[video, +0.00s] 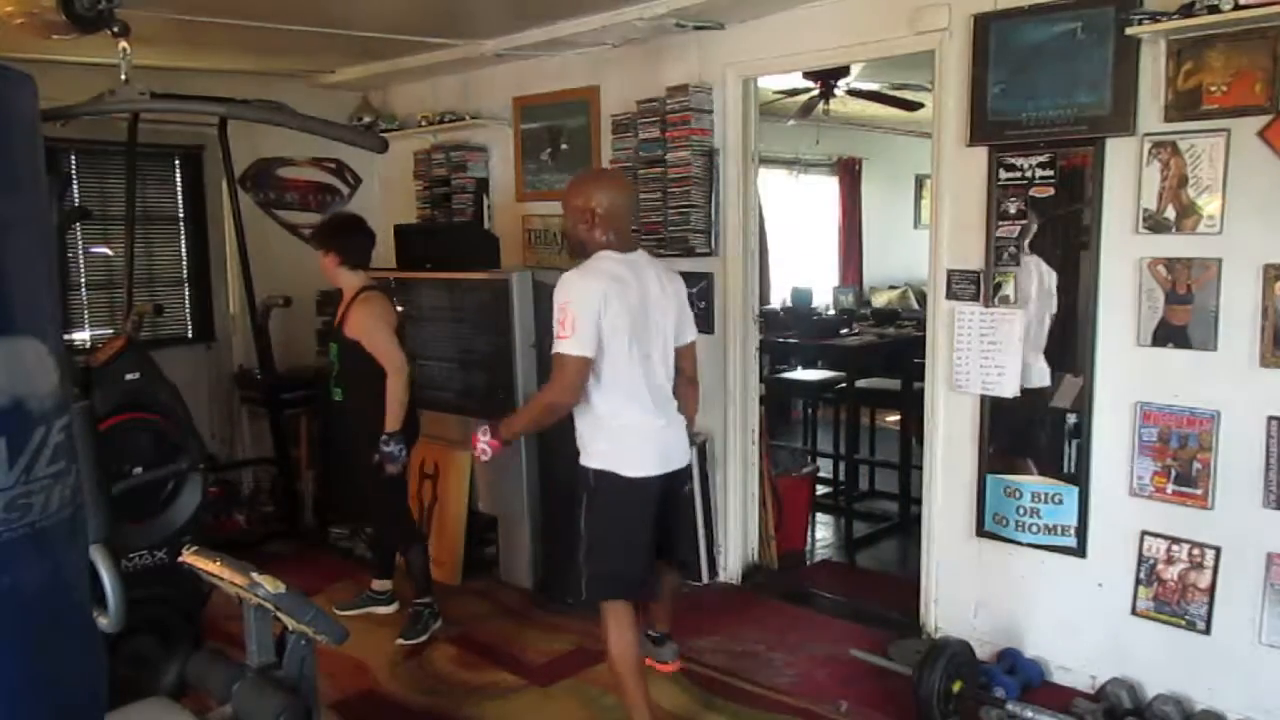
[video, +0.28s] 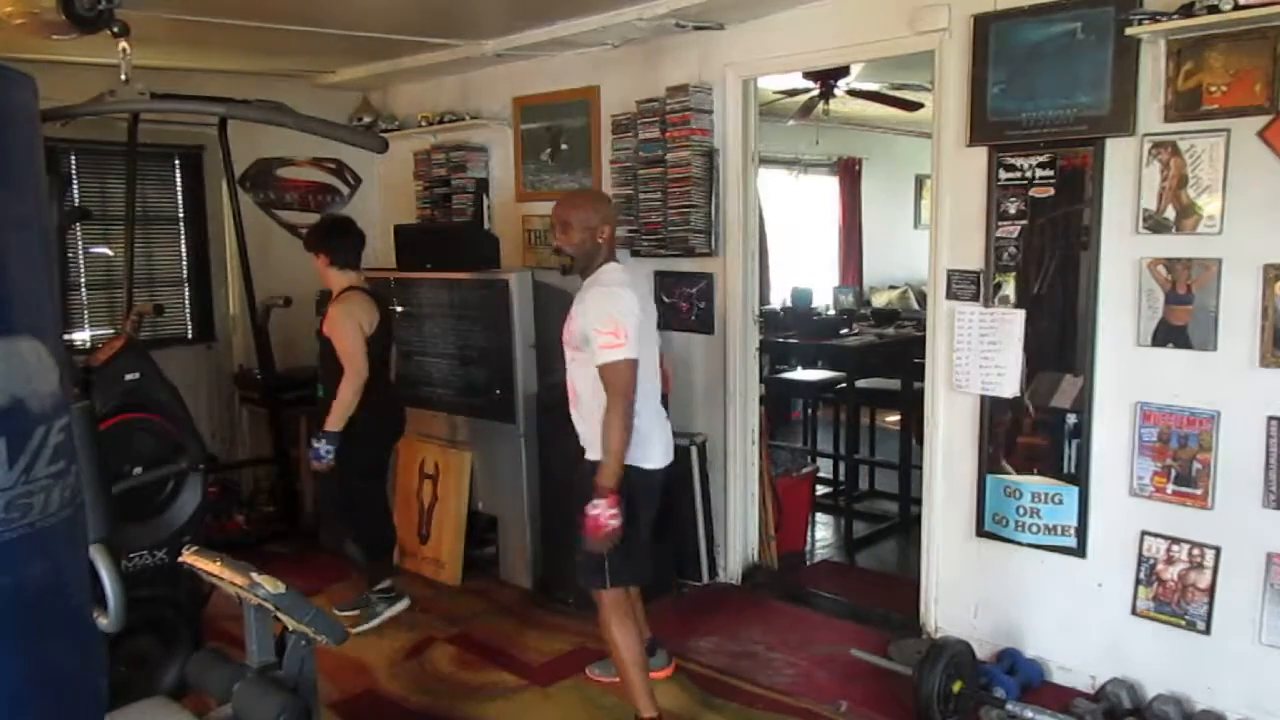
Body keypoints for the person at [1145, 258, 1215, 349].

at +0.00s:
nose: (1180, 272)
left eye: (1183, 269)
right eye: (1177, 269)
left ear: (1188, 271)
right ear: (1172, 272)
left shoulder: (1191, 286)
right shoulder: (1168, 286)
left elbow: (1213, 270)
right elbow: (1151, 265)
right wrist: (1167, 260)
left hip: (1182, 328)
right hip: (1165, 327)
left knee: (1188, 357)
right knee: (1155, 356)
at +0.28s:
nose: (1180, 273)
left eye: (1184, 270)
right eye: (1177, 270)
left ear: (1188, 272)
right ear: (1173, 272)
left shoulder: (1191, 287)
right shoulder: (1168, 286)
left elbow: (1213, 269)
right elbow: (1151, 266)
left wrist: (1197, 262)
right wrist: (1166, 261)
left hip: (1182, 329)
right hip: (1165, 327)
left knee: (1189, 357)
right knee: (1155, 355)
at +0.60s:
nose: (1180, 273)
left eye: (1184, 269)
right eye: (1177, 269)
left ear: (1188, 272)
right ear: (1172, 272)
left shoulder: (1191, 287)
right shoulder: (1168, 286)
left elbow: (1213, 269)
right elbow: (1151, 266)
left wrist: (1196, 263)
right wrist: (1166, 261)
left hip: (1182, 329)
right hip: (1165, 327)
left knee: (1189, 357)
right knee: (1155, 355)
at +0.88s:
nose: (1180, 273)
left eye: (1183, 269)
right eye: (1176, 269)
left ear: (1188, 272)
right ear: (1172, 272)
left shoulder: (1192, 288)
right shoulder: (1168, 286)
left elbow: (1213, 268)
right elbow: (1151, 266)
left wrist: (1198, 262)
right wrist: (1166, 262)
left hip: (1181, 329)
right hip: (1164, 328)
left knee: (1189, 358)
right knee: (1154, 357)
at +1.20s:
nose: (1180, 273)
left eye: (1183, 269)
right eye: (1177, 269)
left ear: (1189, 271)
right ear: (1172, 272)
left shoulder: (1192, 287)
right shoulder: (1168, 286)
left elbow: (1212, 268)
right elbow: (1151, 266)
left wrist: (1198, 261)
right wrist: (1166, 261)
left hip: (1182, 329)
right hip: (1165, 328)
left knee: (1189, 358)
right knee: (1154, 356)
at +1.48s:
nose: (1181, 273)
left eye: (1184, 269)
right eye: (1177, 269)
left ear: (1189, 271)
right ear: (1172, 272)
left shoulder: (1192, 287)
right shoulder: (1168, 286)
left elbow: (1212, 268)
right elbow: (1151, 266)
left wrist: (1198, 262)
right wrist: (1166, 261)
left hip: (1182, 329)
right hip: (1165, 328)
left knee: (1189, 358)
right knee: (1154, 357)